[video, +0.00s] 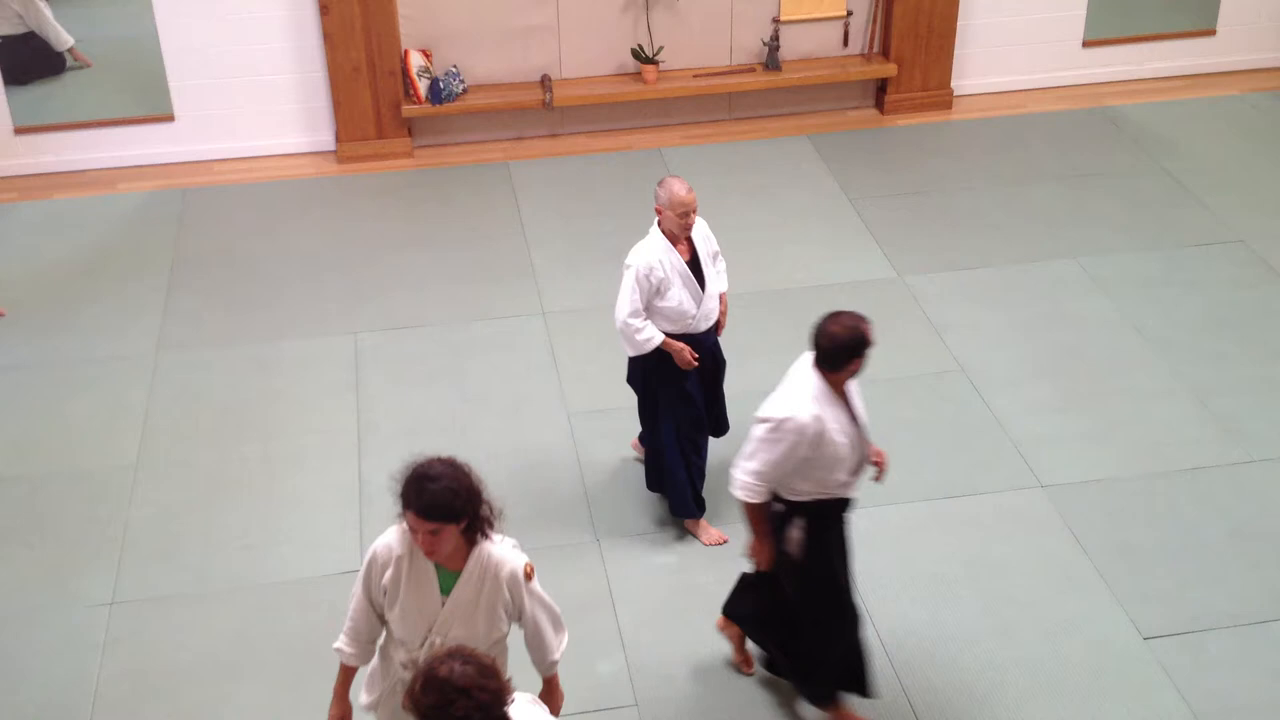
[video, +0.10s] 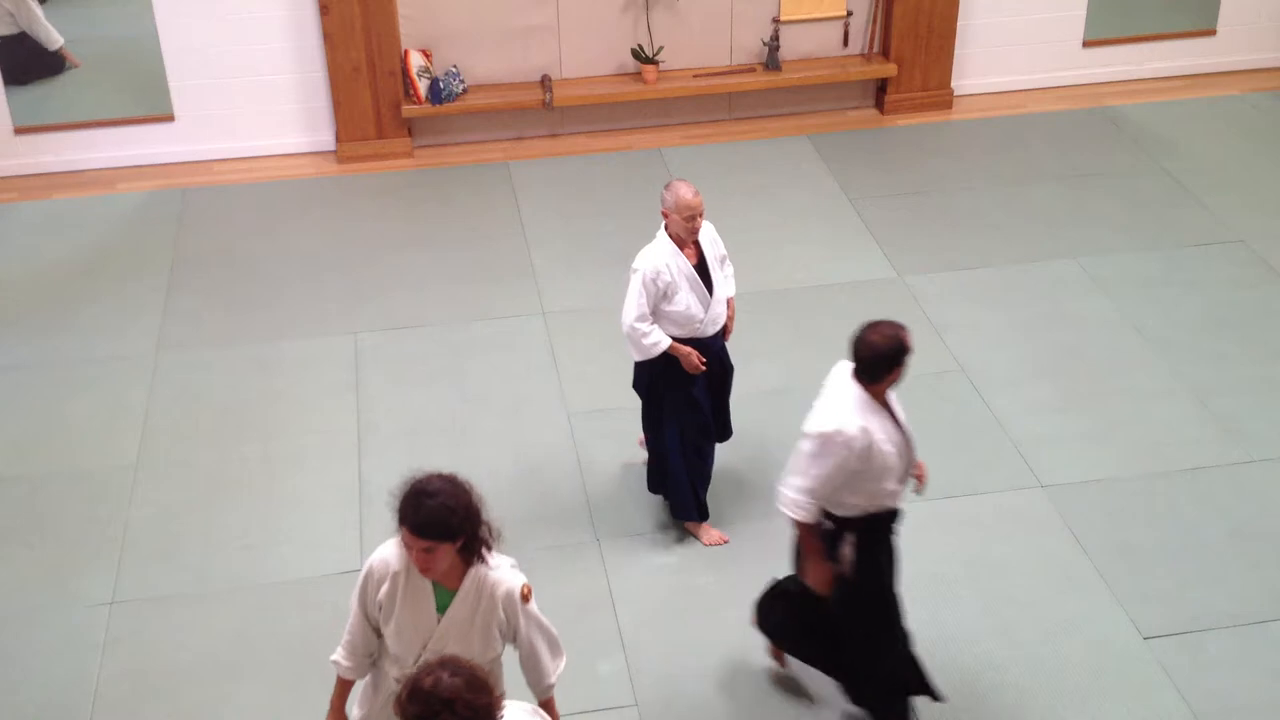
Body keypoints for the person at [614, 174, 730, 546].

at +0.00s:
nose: (691, 221)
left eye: (694, 212)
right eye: (683, 215)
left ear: (696, 207)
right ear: (660, 212)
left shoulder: (699, 229)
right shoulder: (643, 259)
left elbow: (717, 265)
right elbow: (628, 320)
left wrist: (721, 303)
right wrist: (670, 347)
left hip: (704, 344)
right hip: (666, 356)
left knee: (698, 413)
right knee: (681, 434)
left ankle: (651, 441)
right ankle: (692, 515)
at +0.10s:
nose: (697, 223)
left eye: (700, 215)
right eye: (689, 218)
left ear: (703, 210)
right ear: (666, 216)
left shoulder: (707, 233)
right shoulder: (650, 263)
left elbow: (724, 269)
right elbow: (635, 324)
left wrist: (728, 308)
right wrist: (678, 351)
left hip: (711, 348)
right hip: (672, 360)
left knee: (709, 425)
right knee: (683, 438)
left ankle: (659, 441)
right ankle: (692, 518)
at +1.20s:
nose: (866, 259)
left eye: (864, 253)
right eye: (860, 256)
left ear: (834, 262)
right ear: (838, 265)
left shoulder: (823, 283)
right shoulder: (820, 323)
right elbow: (837, 387)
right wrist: (887, 382)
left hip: (829, 403)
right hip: (819, 415)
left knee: (831, 491)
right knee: (822, 496)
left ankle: (826, 576)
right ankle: (817, 589)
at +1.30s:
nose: (878, 264)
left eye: (876, 258)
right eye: (874, 261)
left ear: (843, 266)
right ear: (855, 271)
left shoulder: (823, 285)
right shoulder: (840, 331)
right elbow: (863, 392)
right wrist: (912, 384)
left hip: (813, 402)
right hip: (838, 421)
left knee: (817, 481)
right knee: (854, 504)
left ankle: (809, 548)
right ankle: (860, 604)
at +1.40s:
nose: (890, 269)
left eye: (888, 263)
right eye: (887, 265)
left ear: (851, 269)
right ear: (872, 277)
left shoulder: (831, 289)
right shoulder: (863, 334)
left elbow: (809, 327)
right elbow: (888, 394)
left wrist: (843, 341)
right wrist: (937, 387)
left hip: (819, 400)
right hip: (849, 423)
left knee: (822, 479)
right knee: (865, 505)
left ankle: (809, 548)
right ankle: (861, 607)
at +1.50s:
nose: (904, 272)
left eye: (902, 266)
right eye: (901, 268)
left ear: (862, 272)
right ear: (887, 281)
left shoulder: (839, 294)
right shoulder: (881, 337)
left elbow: (813, 333)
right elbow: (914, 396)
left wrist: (841, 362)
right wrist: (960, 388)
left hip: (825, 403)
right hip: (858, 430)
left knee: (825, 481)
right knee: (870, 510)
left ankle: (810, 549)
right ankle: (862, 608)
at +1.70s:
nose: (928, 283)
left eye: (926, 277)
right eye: (926, 280)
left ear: (885, 281)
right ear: (916, 293)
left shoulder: (857, 307)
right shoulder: (910, 348)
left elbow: (821, 346)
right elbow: (955, 402)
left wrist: (848, 370)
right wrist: (996, 386)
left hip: (835, 410)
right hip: (872, 437)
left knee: (827, 486)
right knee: (880, 517)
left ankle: (808, 554)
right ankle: (866, 610)